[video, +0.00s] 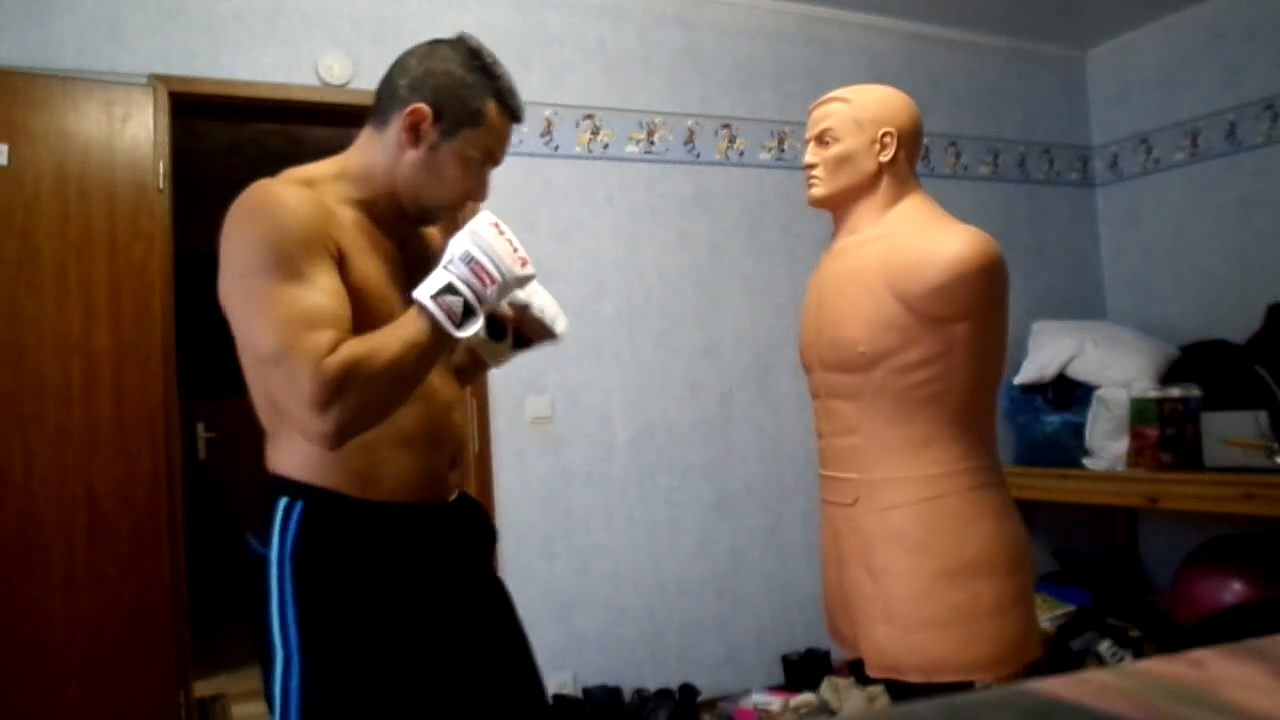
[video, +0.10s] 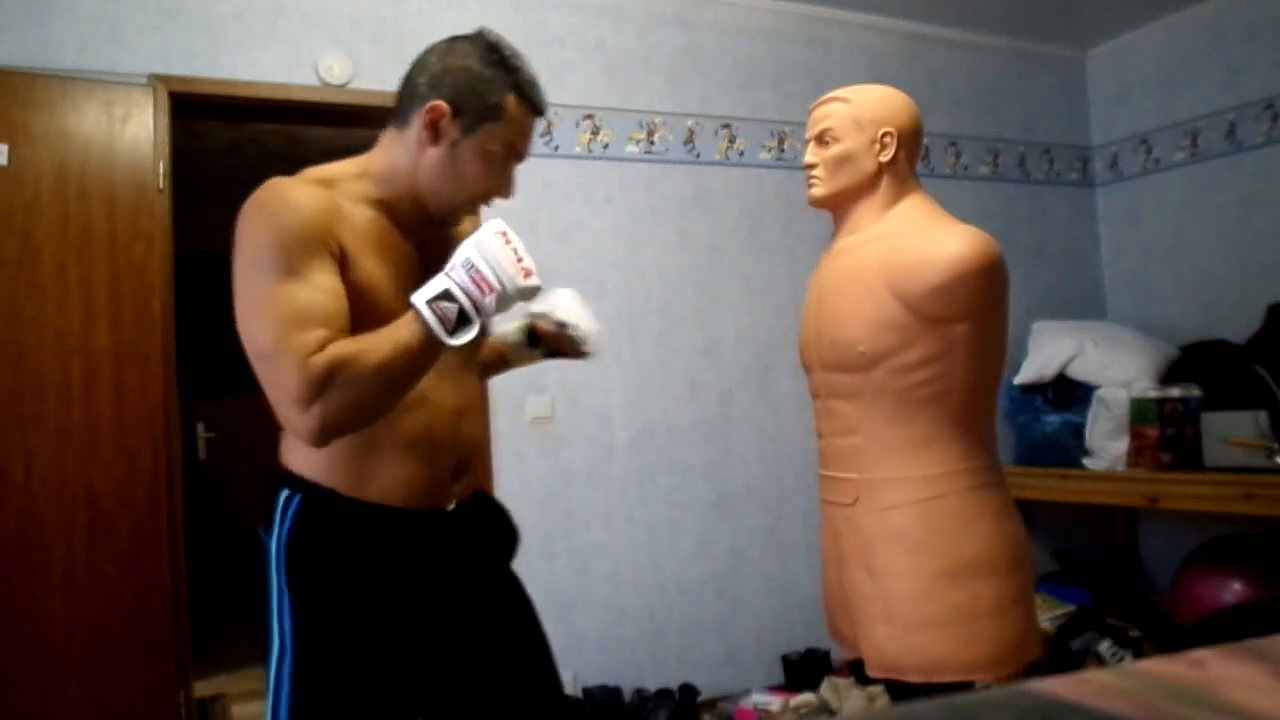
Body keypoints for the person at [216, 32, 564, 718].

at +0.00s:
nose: (482, 192)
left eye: (491, 168)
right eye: (481, 162)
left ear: (414, 130)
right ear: (416, 128)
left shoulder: (431, 231)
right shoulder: (277, 212)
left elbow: (438, 380)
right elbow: (322, 404)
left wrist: (496, 340)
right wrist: (451, 300)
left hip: (448, 542)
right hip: (339, 554)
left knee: (509, 711)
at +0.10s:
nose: (507, 188)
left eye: (516, 162)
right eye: (504, 156)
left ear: (434, 129)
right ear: (436, 126)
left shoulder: (459, 226)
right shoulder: (290, 211)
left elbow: (440, 373)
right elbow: (314, 403)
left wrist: (524, 343)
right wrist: (452, 300)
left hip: (464, 553)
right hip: (344, 561)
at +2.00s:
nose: (594, 222)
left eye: (601, 205)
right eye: (595, 197)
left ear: (540, 164)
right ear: (550, 165)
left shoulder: (443, 236)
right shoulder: (516, 226)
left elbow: (487, 386)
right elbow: (588, 387)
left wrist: (600, 388)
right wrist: (677, 409)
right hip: (460, 525)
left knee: (533, 708)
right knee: (464, 710)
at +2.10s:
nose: (576, 212)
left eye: (582, 193)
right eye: (575, 185)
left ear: (524, 160)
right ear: (527, 158)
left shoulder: (445, 220)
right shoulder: (475, 222)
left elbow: (445, 387)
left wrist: (537, 389)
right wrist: (590, 433)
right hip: (438, 522)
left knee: (521, 706)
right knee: (474, 708)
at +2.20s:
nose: (544, 206)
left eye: (549, 186)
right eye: (539, 179)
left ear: (485, 159)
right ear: (485, 156)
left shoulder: (449, 237)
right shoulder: (418, 228)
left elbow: (447, 391)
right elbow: (410, 403)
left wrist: (528, 408)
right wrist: (531, 438)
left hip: (445, 525)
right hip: (408, 528)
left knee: (519, 708)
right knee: (452, 713)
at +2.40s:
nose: (465, 226)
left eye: (468, 206)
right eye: (455, 201)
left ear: (393, 187)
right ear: (389, 184)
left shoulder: (380, 304)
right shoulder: (295, 294)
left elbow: (391, 467)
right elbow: (270, 490)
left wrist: (471, 511)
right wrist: (431, 545)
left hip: (397, 595)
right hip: (325, 604)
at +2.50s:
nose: (441, 182)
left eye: (447, 163)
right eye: (429, 156)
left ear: (364, 138)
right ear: (361, 133)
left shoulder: (361, 249)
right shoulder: (250, 229)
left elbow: (336, 419)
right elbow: (162, 405)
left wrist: (406, 474)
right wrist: (334, 484)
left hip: (363, 557)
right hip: (271, 560)